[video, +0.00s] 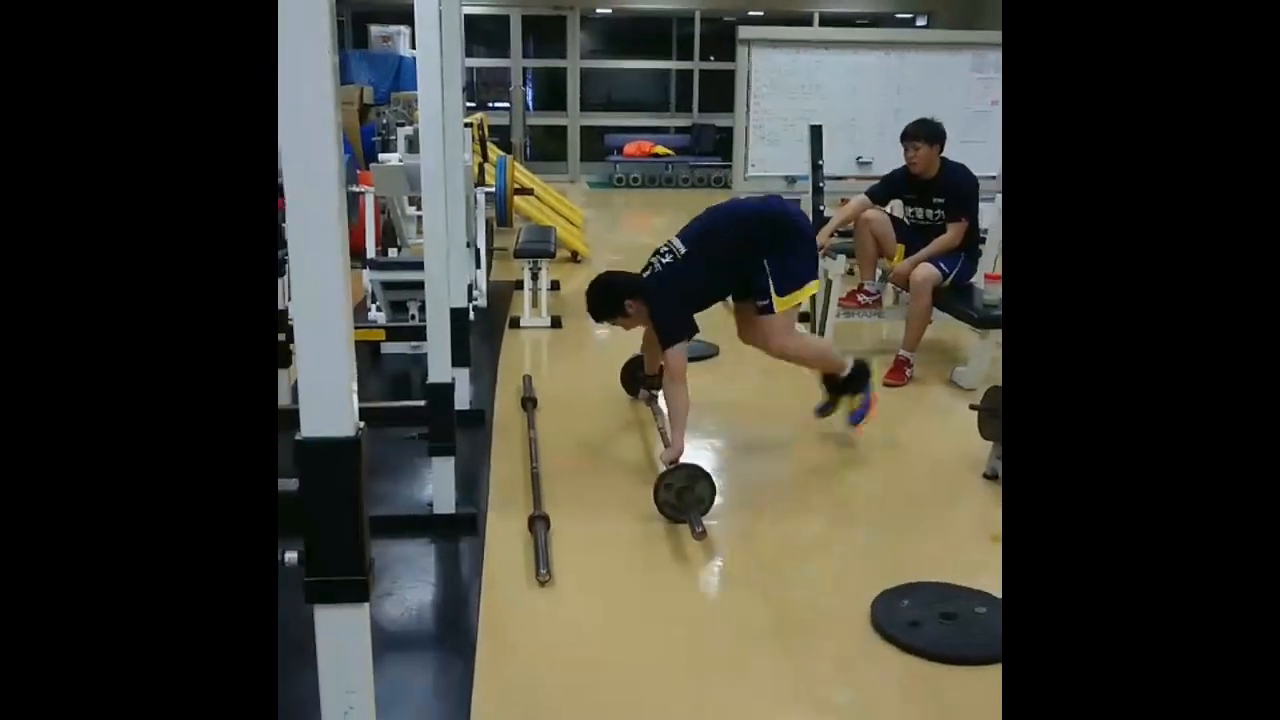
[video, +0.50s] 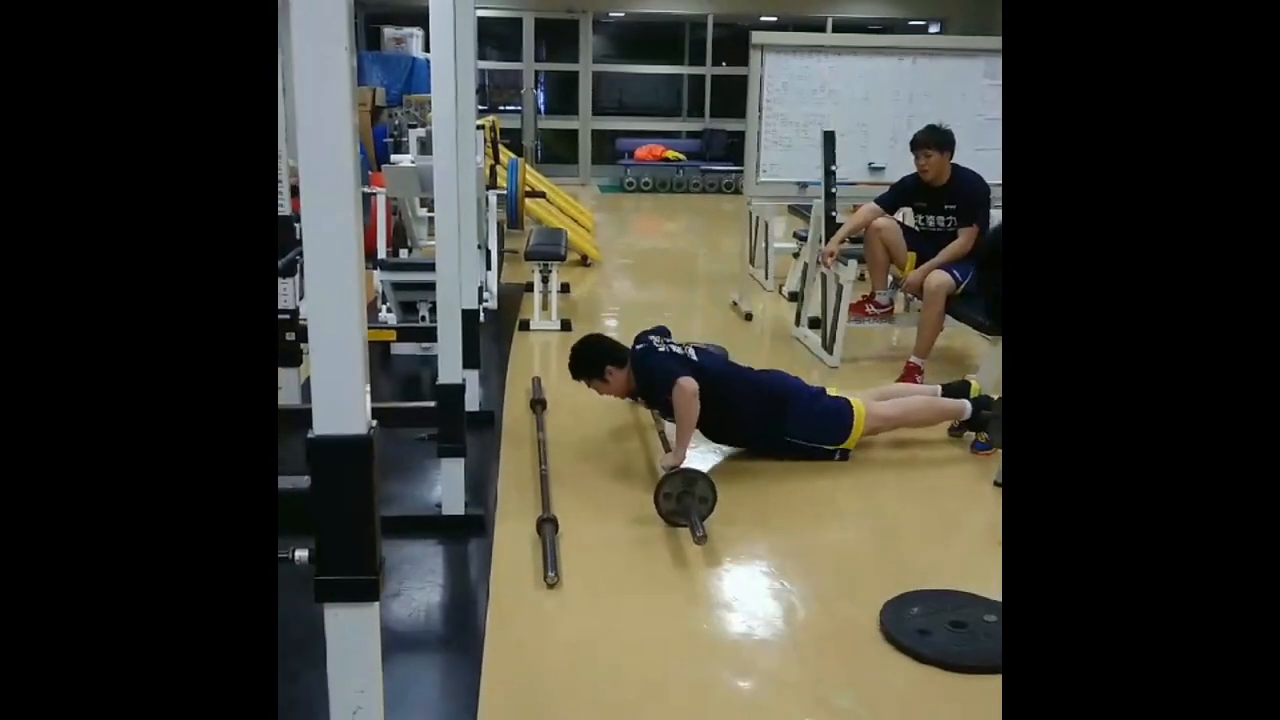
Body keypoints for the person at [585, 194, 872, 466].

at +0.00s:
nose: (626, 328)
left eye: (621, 322)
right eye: (620, 325)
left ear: (630, 307)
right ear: (631, 294)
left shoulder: (667, 301)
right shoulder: (652, 284)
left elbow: (677, 379)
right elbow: (653, 336)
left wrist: (676, 444)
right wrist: (651, 377)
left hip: (782, 232)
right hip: (751, 233)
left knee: (776, 339)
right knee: (751, 333)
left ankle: (853, 375)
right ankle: (832, 372)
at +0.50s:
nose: (601, 394)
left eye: (597, 387)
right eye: (594, 389)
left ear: (608, 374)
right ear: (611, 358)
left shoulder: (649, 367)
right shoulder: (644, 348)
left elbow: (688, 388)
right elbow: (681, 364)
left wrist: (679, 452)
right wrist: (671, 414)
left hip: (780, 414)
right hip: (774, 395)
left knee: (873, 419)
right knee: (863, 406)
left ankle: (971, 408)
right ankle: (949, 391)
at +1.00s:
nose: (599, 360)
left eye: (595, 353)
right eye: (591, 354)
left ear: (607, 338)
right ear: (609, 325)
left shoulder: (652, 345)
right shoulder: (641, 321)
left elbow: (683, 389)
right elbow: (648, 359)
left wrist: (672, 454)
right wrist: (628, 377)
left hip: (772, 398)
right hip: (764, 383)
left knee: (863, 410)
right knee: (854, 398)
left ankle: (959, 405)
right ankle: (945, 396)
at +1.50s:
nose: (626, 335)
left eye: (621, 328)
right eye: (620, 331)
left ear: (636, 314)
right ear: (638, 307)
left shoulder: (673, 316)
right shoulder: (653, 298)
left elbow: (674, 392)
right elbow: (651, 347)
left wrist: (664, 457)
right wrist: (639, 390)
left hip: (793, 264)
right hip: (761, 258)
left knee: (745, 350)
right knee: (718, 343)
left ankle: (804, 424)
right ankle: (773, 401)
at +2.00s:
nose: (613, 240)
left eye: (617, 231)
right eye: (613, 232)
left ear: (643, 234)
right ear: (644, 233)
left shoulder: (683, 261)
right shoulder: (666, 257)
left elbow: (697, 326)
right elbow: (660, 300)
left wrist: (681, 396)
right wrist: (650, 340)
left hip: (790, 297)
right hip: (764, 292)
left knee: (713, 368)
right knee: (699, 362)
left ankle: (732, 473)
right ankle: (717, 454)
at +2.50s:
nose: (731, 47)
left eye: (740, 41)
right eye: (734, 40)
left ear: (761, 53)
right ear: (753, 52)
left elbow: (785, 129)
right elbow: (681, 100)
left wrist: (743, 96)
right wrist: (682, 93)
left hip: (719, 232)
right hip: (686, 226)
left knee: (707, 346)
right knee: (679, 322)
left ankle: (736, 454)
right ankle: (705, 410)